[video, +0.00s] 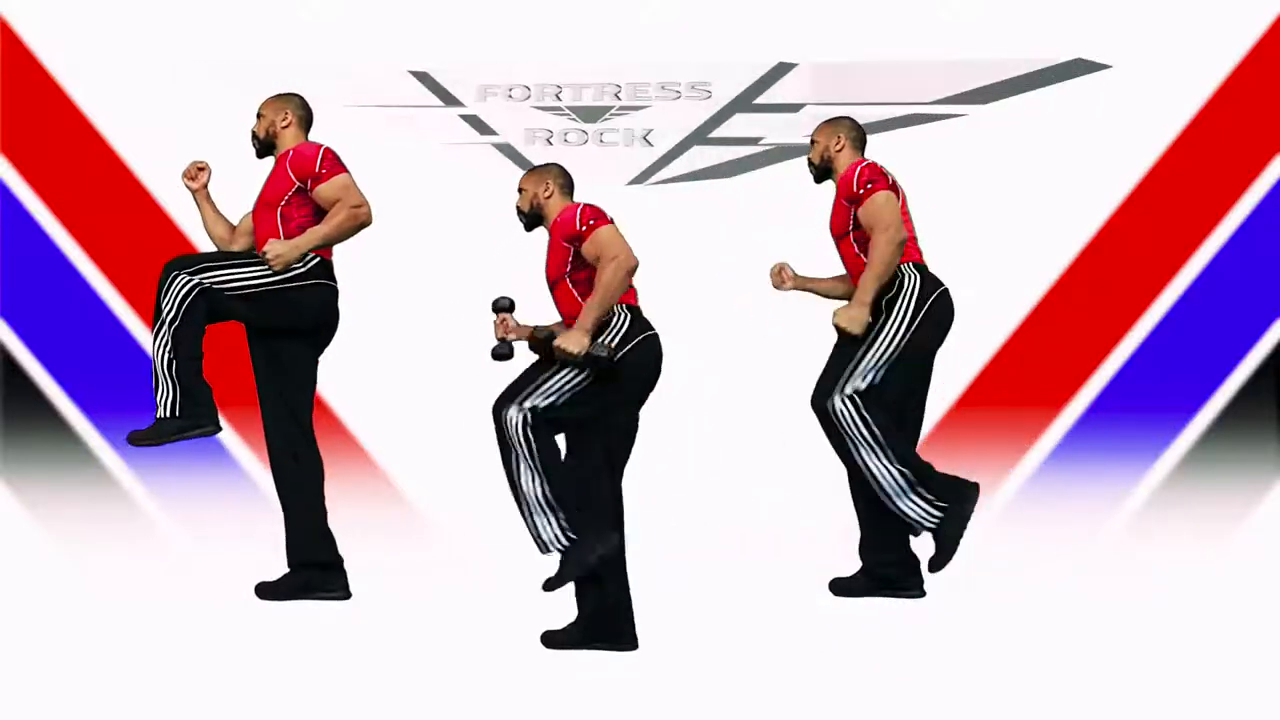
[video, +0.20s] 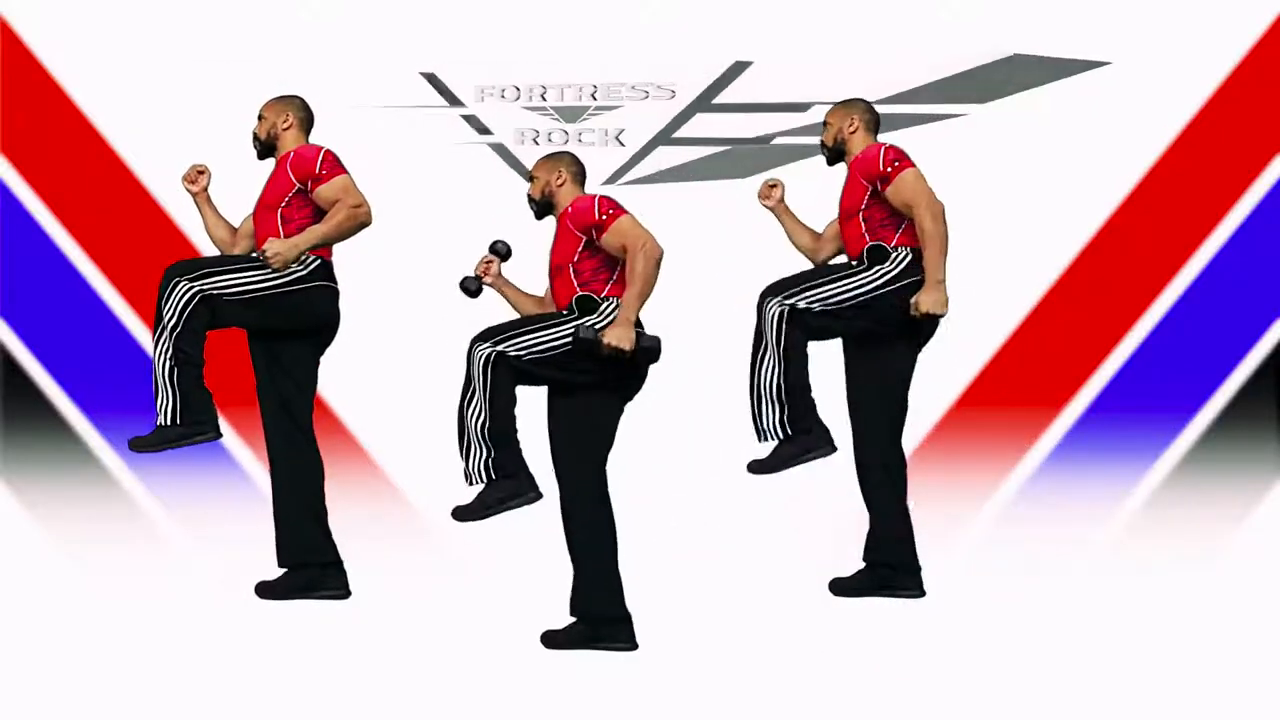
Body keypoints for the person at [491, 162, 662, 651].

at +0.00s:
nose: (518, 202)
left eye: (522, 192)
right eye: (518, 194)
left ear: (548, 189)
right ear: (548, 190)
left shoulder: (573, 215)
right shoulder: (565, 246)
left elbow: (620, 260)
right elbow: (584, 328)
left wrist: (582, 327)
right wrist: (524, 332)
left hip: (614, 340)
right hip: (621, 356)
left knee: (516, 412)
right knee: (591, 481)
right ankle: (605, 620)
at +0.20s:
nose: (529, 191)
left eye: (534, 181)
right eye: (529, 183)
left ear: (560, 177)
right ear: (562, 179)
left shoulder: (585, 206)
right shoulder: (568, 236)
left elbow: (646, 249)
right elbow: (549, 312)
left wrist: (626, 319)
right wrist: (499, 282)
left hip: (596, 330)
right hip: (604, 353)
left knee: (488, 349)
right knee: (581, 483)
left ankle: (506, 475)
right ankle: (603, 620)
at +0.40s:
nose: (532, 191)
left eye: (538, 181)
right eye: (532, 183)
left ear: (564, 179)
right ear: (562, 181)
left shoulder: (587, 208)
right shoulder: (566, 241)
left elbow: (642, 254)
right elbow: (547, 312)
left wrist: (629, 325)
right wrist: (499, 280)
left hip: (596, 328)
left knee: (485, 356)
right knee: (580, 489)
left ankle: (501, 485)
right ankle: (601, 622)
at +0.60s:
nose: (533, 194)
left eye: (538, 184)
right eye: (533, 186)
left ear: (563, 181)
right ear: (563, 184)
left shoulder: (586, 207)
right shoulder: (569, 239)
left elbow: (643, 245)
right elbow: (554, 315)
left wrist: (634, 317)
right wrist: (500, 284)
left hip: (595, 326)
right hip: (602, 351)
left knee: (482, 342)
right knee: (578, 484)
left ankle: (489, 474)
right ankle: (602, 620)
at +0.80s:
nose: (530, 193)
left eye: (535, 184)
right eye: (530, 185)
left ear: (561, 182)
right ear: (559, 184)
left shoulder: (582, 208)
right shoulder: (565, 240)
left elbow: (635, 249)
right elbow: (558, 318)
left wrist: (619, 320)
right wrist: (503, 292)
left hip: (589, 337)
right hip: (604, 355)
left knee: (482, 363)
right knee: (578, 488)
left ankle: (500, 494)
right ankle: (602, 621)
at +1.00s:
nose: (513, 201)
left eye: (518, 190)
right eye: (514, 194)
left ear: (543, 187)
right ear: (548, 190)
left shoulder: (574, 216)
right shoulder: (557, 245)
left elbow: (598, 271)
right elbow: (576, 328)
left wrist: (544, 327)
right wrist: (541, 348)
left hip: (613, 333)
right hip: (606, 345)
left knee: (536, 436)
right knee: (586, 484)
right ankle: (600, 619)